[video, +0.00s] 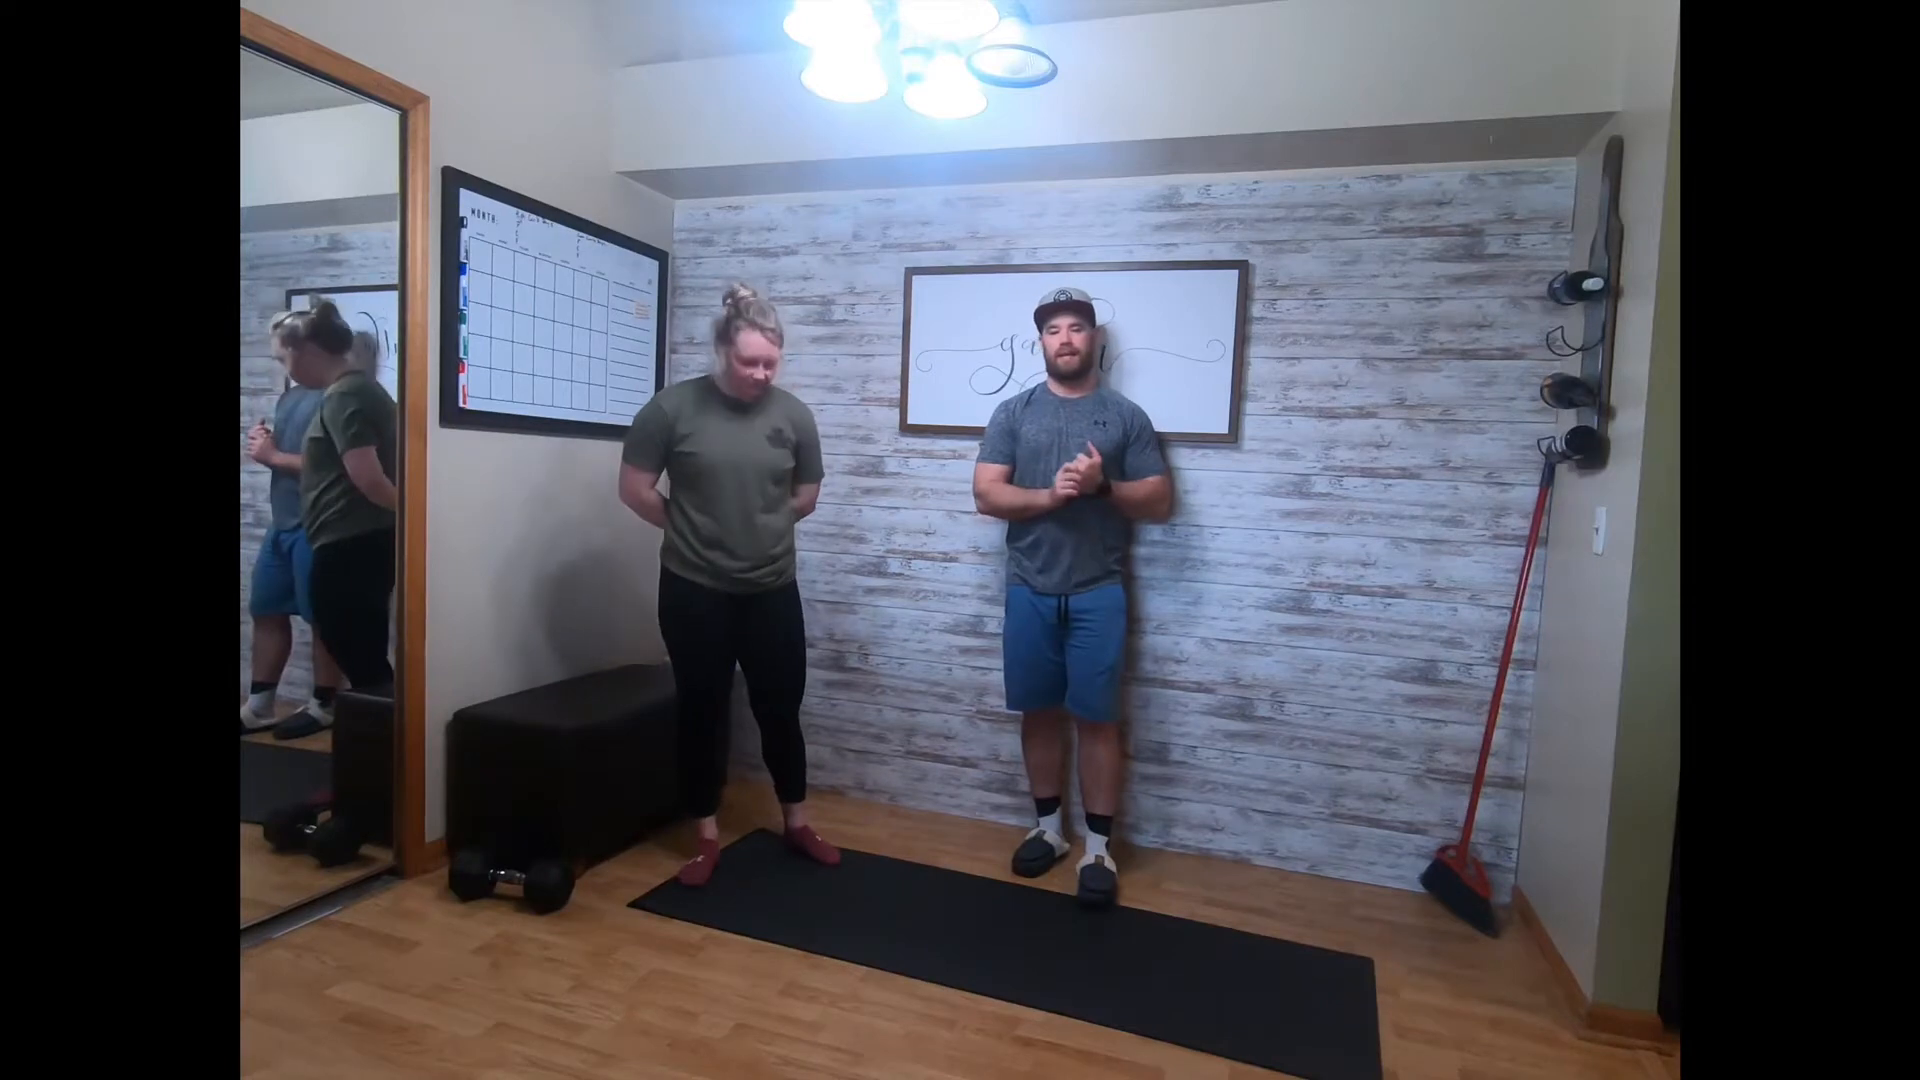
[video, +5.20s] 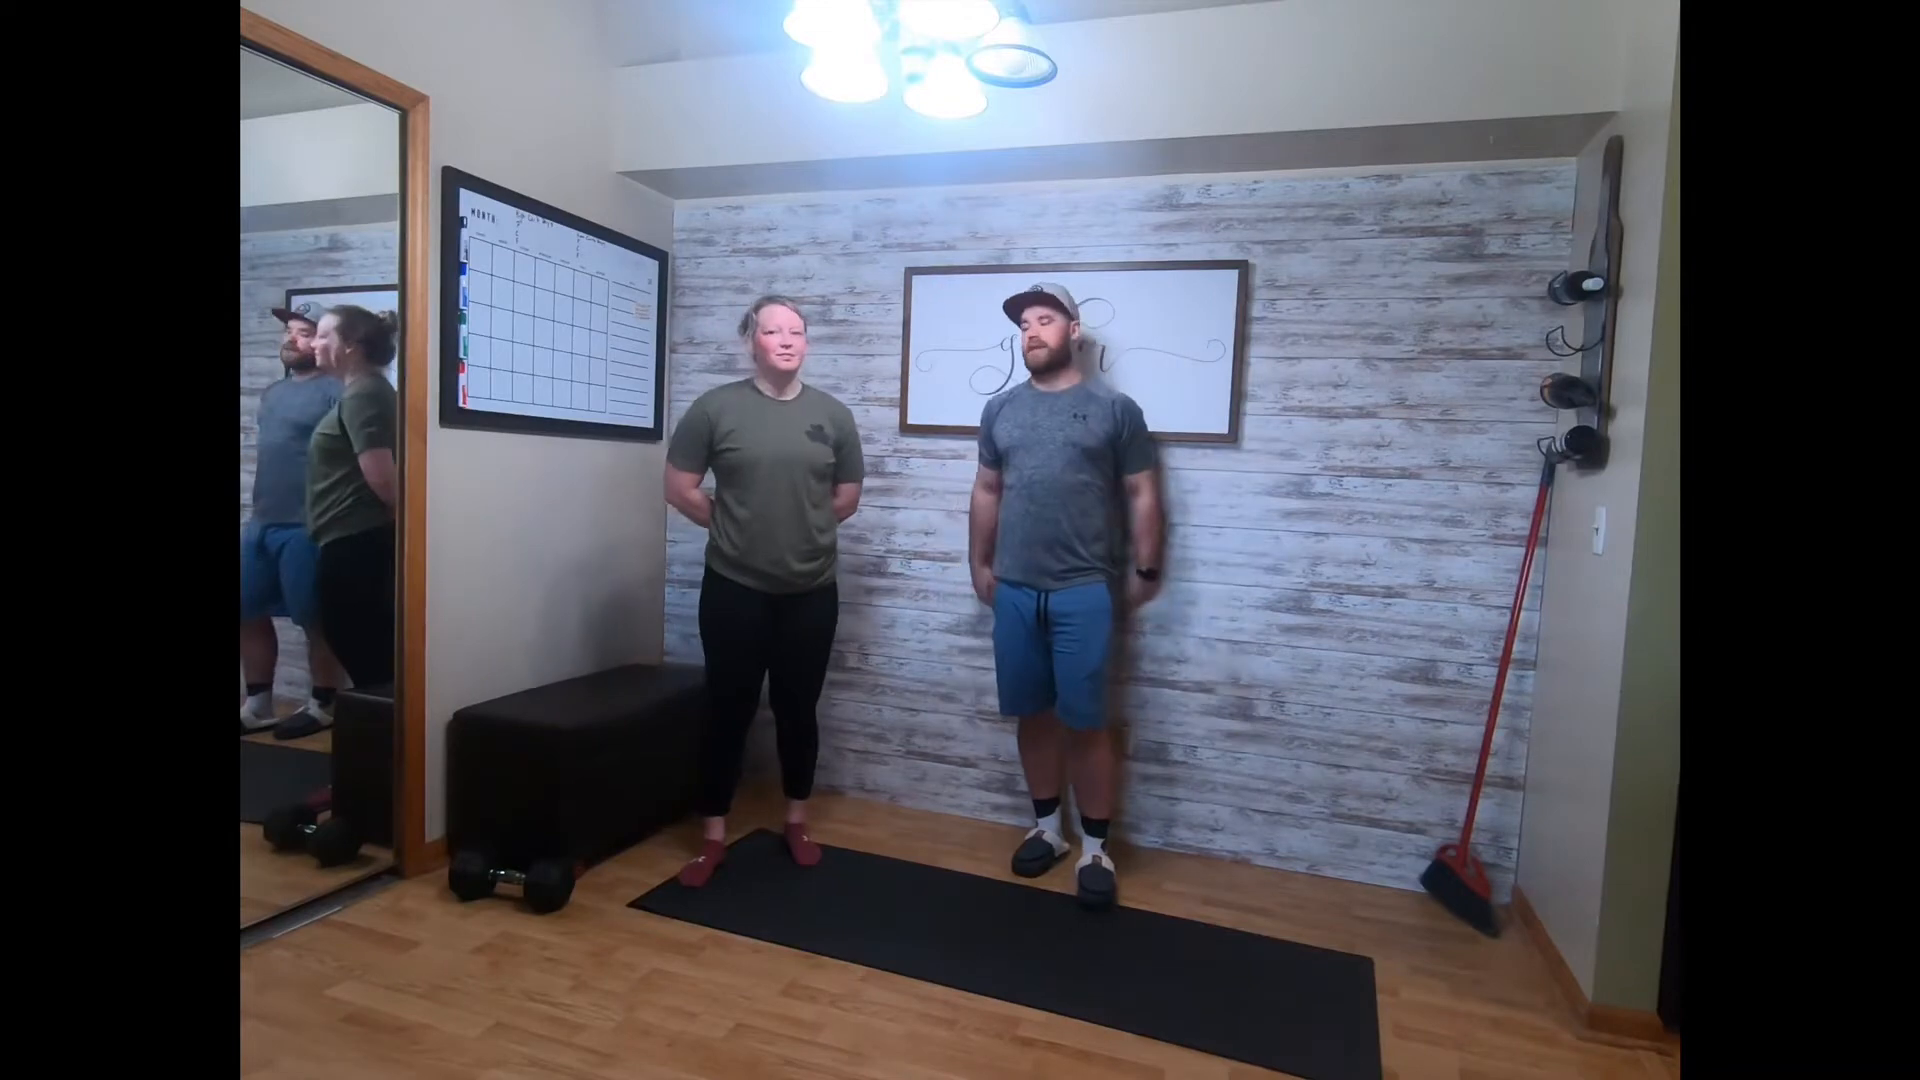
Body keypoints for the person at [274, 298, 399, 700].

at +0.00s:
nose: (287, 367)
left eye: (287, 356)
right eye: (284, 358)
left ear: (308, 347)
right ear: (320, 345)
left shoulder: (346, 396)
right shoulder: (360, 390)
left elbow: (368, 477)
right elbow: (376, 473)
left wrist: (410, 511)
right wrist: (412, 508)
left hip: (350, 543)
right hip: (361, 540)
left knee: (357, 654)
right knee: (360, 652)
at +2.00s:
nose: (306, 343)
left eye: (313, 335)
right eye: (308, 335)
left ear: (338, 344)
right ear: (345, 345)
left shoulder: (348, 396)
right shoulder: (380, 391)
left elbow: (373, 484)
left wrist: (421, 517)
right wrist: (422, 515)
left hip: (350, 545)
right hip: (373, 540)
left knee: (357, 658)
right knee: (366, 655)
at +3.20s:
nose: (326, 365)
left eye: (330, 354)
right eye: (324, 357)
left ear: (357, 351)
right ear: (358, 353)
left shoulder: (388, 400)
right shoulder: (360, 401)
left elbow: (414, 472)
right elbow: (355, 468)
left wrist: (411, 538)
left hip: (380, 544)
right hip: (356, 543)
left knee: (374, 647)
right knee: (363, 645)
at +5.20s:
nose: (314, 343)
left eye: (322, 335)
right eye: (316, 334)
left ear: (350, 344)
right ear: (352, 345)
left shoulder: (364, 394)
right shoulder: (364, 391)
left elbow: (382, 477)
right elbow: (384, 474)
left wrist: (416, 514)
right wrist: (416, 513)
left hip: (358, 540)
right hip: (360, 537)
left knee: (361, 650)